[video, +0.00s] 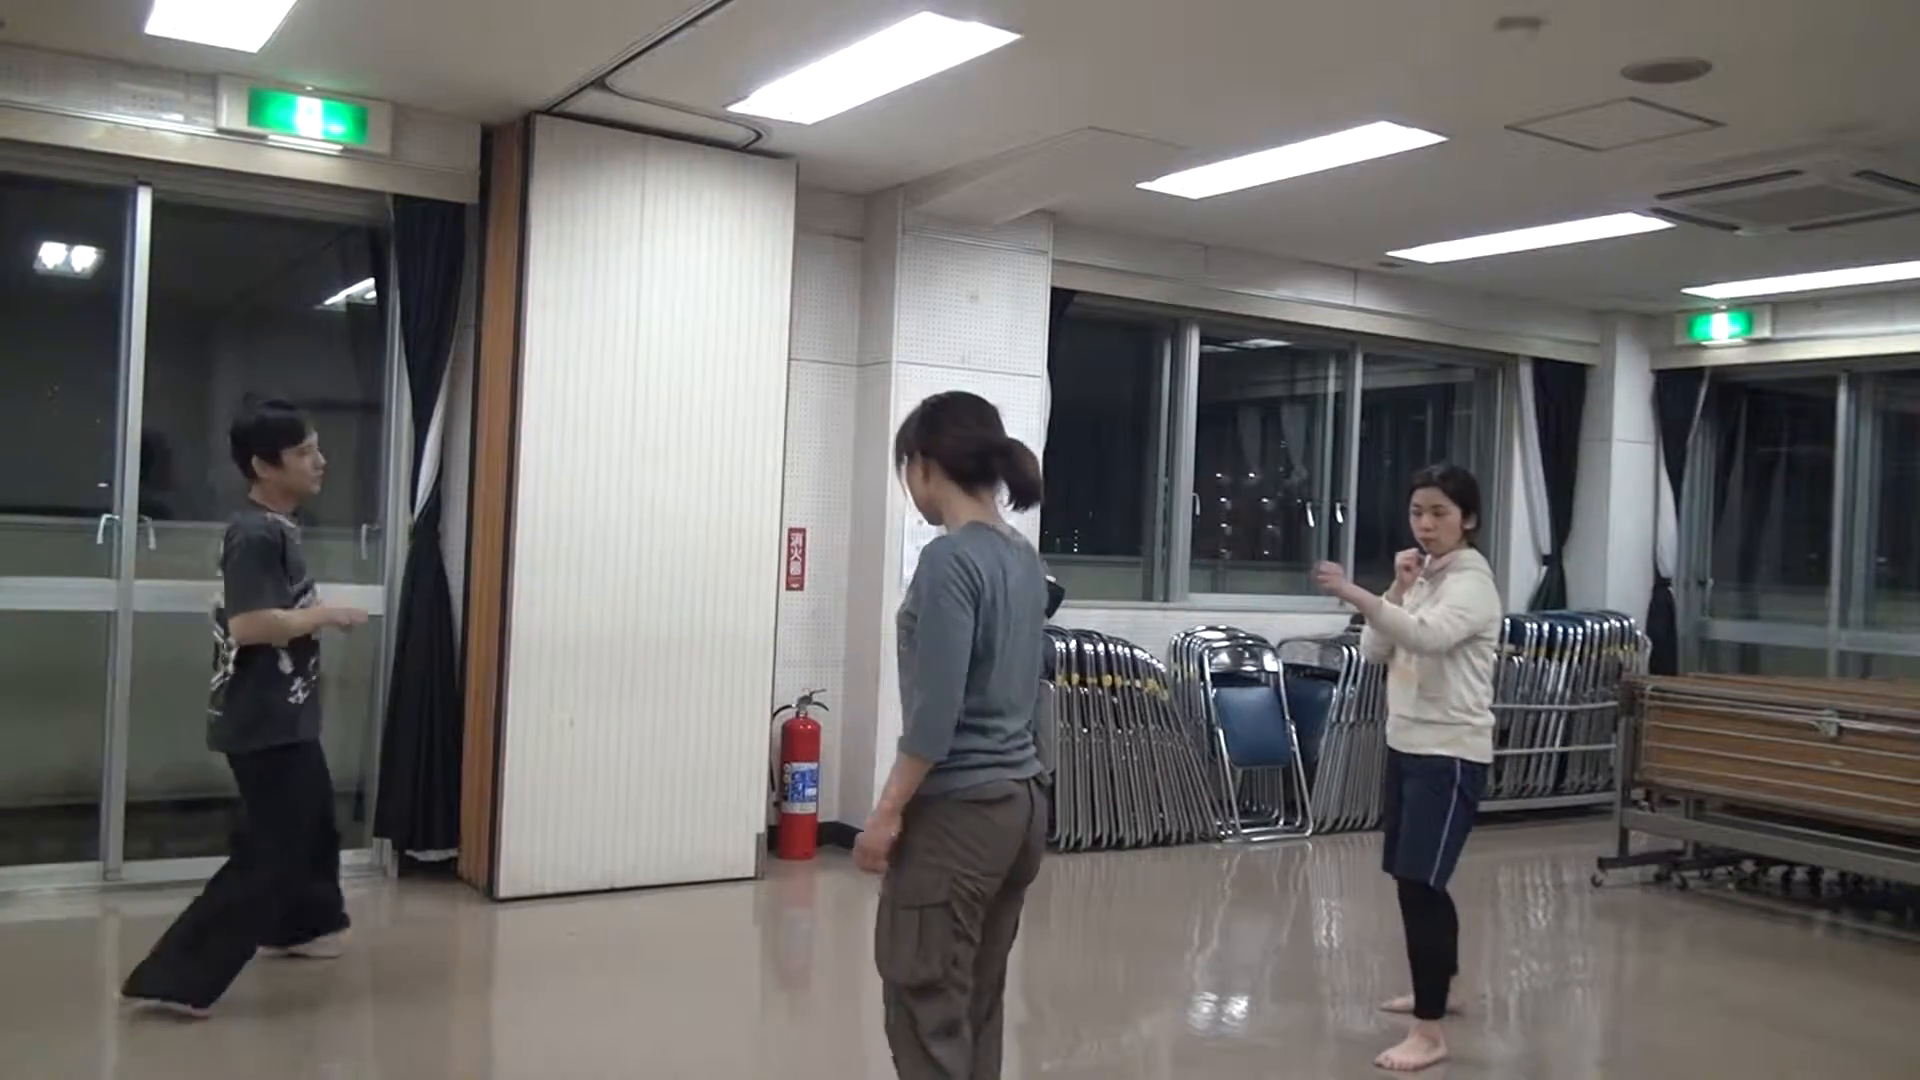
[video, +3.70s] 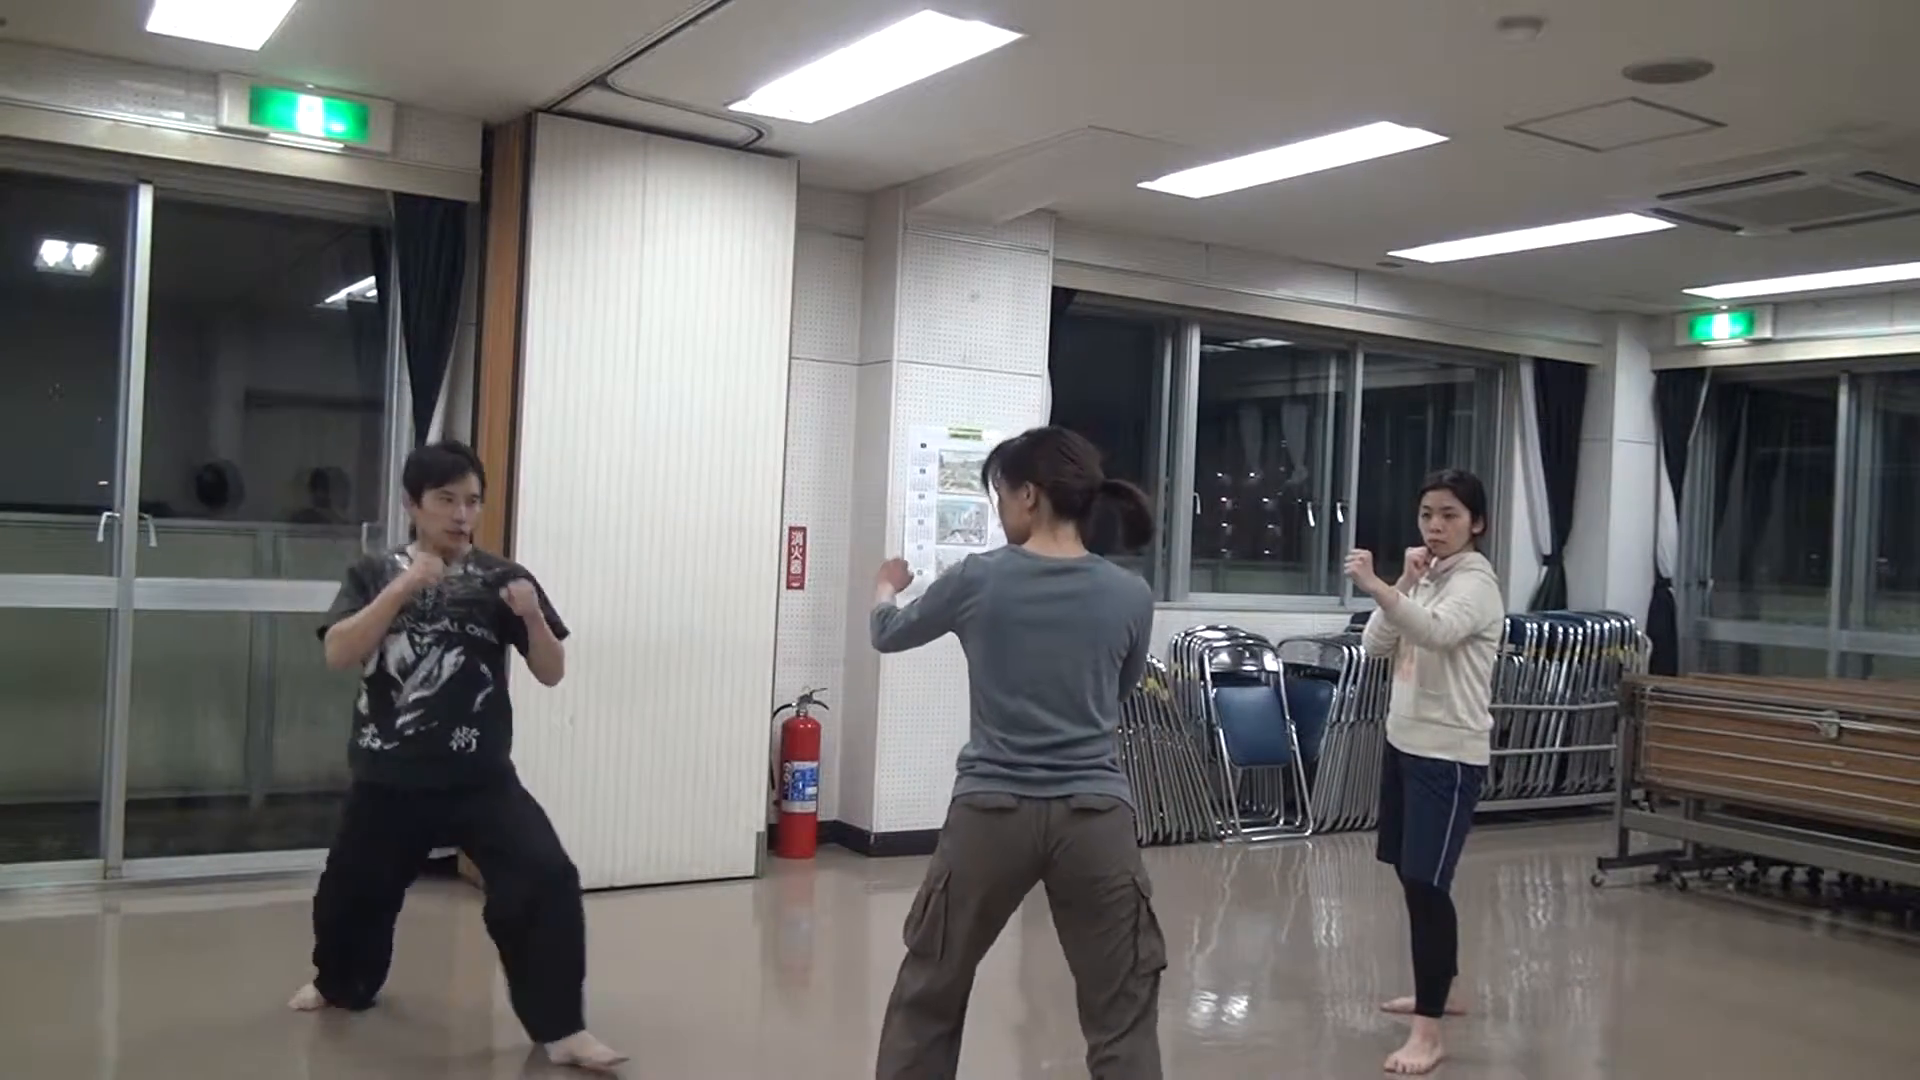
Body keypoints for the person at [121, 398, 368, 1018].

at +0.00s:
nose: (320, 462)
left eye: (318, 451)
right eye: (307, 454)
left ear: (275, 465)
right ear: (266, 464)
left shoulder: (279, 527)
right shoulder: (256, 533)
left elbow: (273, 616)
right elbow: (249, 623)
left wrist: (316, 613)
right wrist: (322, 613)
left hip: (283, 719)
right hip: (263, 723)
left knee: (312, 821)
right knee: (277, 848)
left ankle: (299, 925)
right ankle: (169, 980)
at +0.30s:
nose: (337, 451)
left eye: (341, 439)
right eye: (323, 440)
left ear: (344, 442)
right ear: (284, 442)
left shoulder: (338, 513)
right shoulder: (247, 506)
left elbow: (361, 584)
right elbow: (229, 587)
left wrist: (394, 568)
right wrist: (311, 551)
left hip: (328, 693)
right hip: (266, 696)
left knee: (329, 814)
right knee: (272, 818)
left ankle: (311, 932)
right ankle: (265, 948)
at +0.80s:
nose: (313, 456)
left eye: (323, 445)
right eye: (299, 445)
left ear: (333, 447)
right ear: (267, 447)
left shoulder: (360, 512)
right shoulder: (237, 512)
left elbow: (408, 589)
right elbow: (208, 589)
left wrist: (382, 528)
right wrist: (265, 531)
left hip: (348, 704)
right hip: (263, 705)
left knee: (376, 825)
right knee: (261, 830)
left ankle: (393, 961)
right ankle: (261, 953)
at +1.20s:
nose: (372, 452)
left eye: (382, 439)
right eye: (358, 440)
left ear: (394, 445)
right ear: (329, 445)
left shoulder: (426, 516)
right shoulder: (300, 517)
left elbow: (464, 605)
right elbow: (274, 601)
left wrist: (448, 579)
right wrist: (324, 559)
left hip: (406, 714)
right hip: (320, 712)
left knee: (421, 851)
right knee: (296, 832)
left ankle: (433, 995)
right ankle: (271, 943)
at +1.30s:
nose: (390, 451)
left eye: (400, 439)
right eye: (376, 439)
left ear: (412, 444)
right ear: (347, 443)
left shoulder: (441, 514)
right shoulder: (314, 515)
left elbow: (468, 588)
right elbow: (291, 603)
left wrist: (470, 631)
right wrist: (341, 586)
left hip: (422, 710)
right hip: (338, 710)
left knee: (428, 853)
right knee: (311, 833)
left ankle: (433, 995)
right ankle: (281, 944)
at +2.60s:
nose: (412, 453)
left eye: (422, 441)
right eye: (397, 442)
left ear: (434, 442)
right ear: (364, 445)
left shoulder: (461, 515)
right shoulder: (342, 518)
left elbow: (515, 597)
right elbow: (320, 589)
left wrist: (502, 537)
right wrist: (373, 520)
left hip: (446, 720)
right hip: (363, 721)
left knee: (471, 860)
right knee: (353, 855)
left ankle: (495, 1004)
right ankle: (344, 984)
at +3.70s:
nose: (462, 513)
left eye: (472, 501)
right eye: (446, 500)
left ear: (482, 506)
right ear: (413, 505)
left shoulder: (504, 579)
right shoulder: (376, 573)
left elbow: (550, 673)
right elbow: (339, 654)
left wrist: (533, 617)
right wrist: (401, 589)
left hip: (481, 777)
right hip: (391, 776)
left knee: (545, 879)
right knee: (350, 886)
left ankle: (561, 1027)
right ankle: (342, 984)